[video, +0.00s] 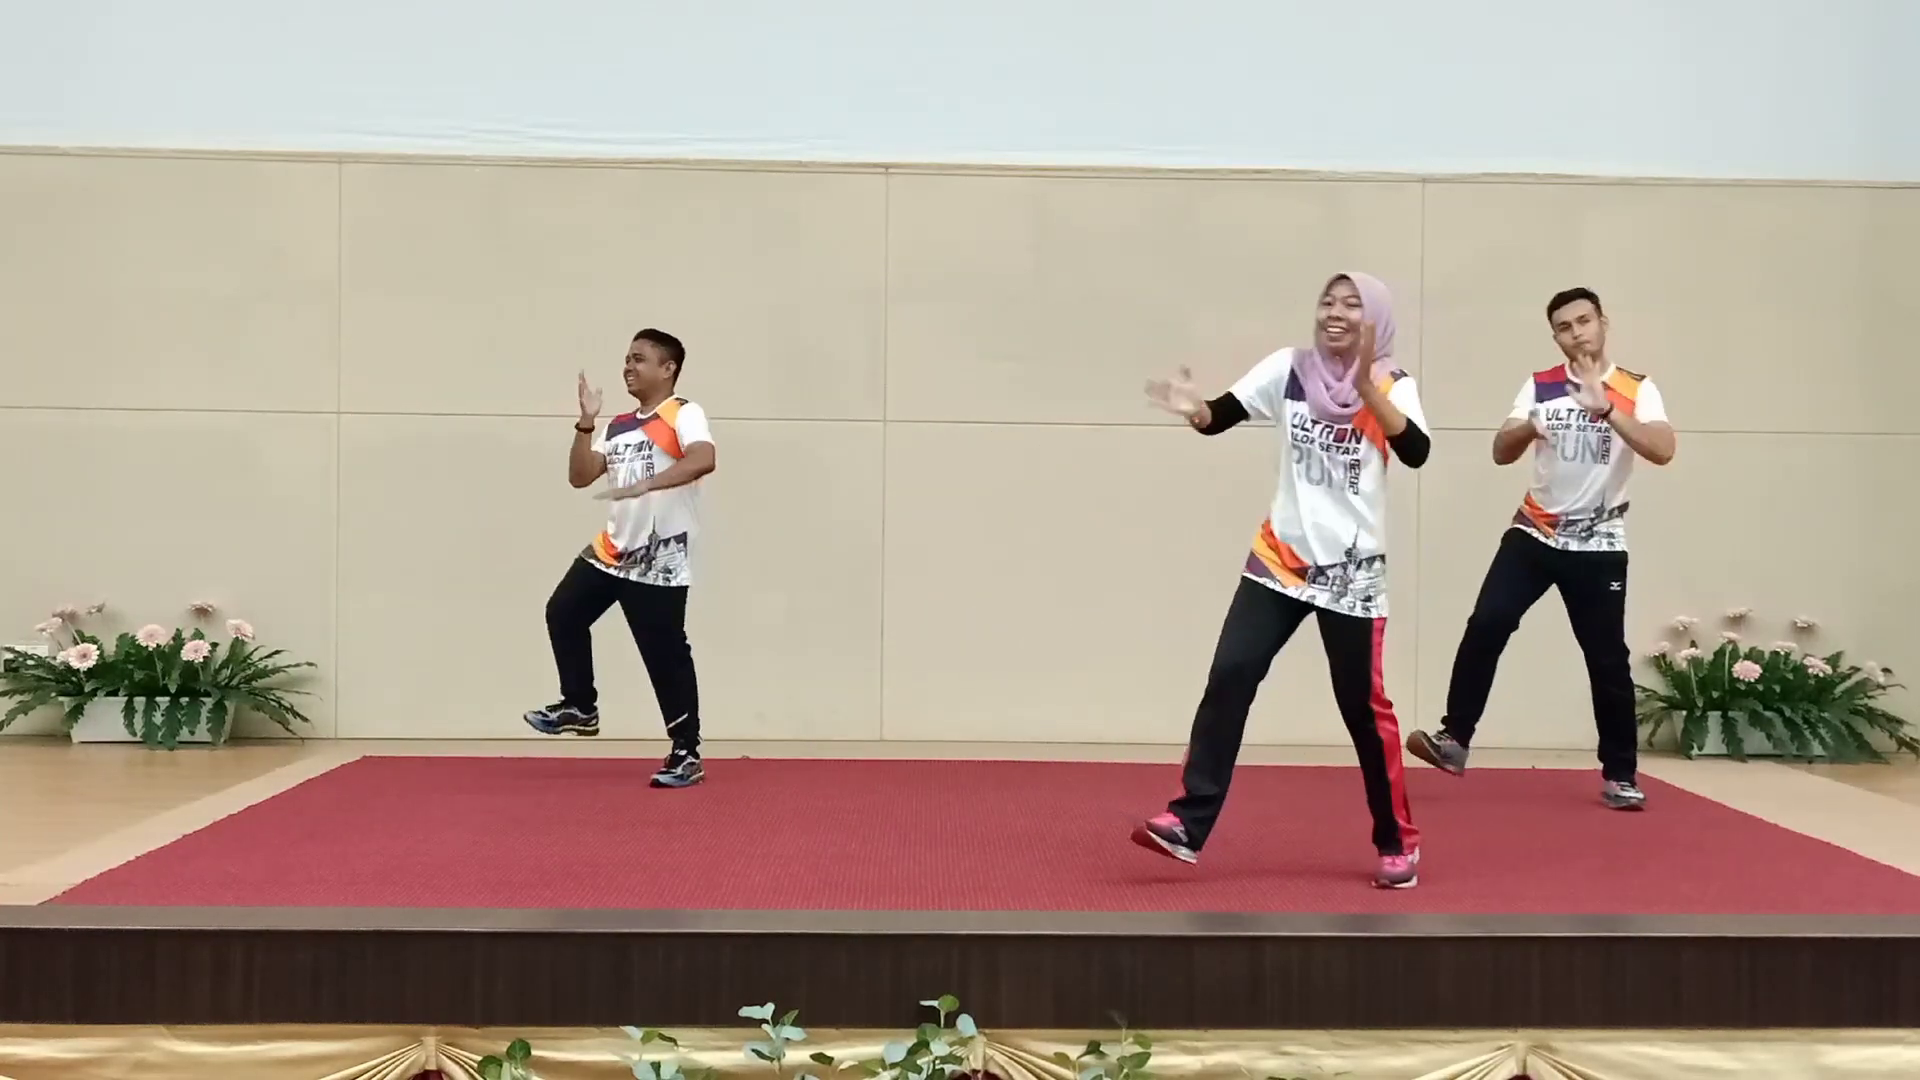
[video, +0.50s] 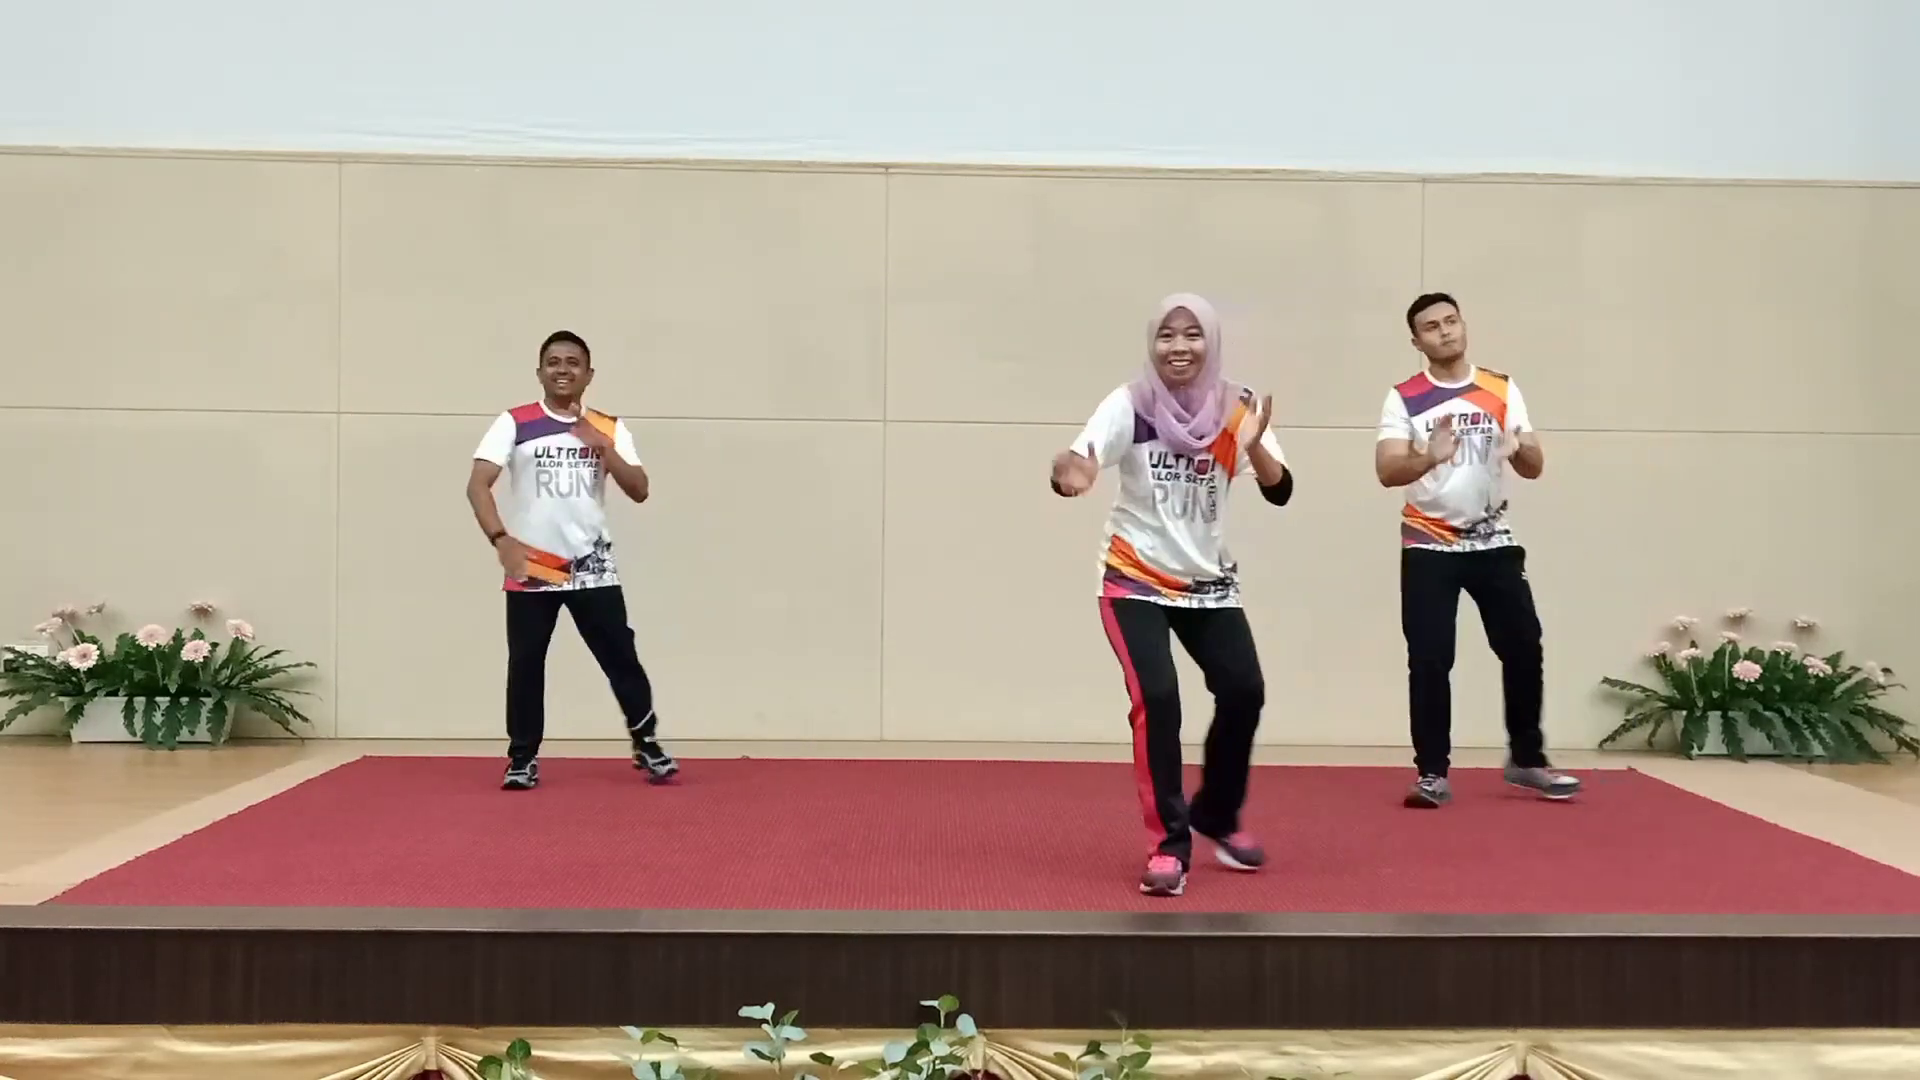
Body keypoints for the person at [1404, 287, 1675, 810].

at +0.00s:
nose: (1575, 333)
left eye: (1583, 321)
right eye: (1563, 327)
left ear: (1604, 324)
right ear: (1555, 337)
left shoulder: (1635, 389)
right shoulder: (1540, 387)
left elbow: (1663, 449)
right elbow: (1502, 452)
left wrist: (1608, 410)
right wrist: (1528, 428)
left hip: (1598, 544)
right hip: (1533, 536)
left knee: (1608, 662)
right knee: (1487, 624)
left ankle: (1621, 777)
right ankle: (1454, 740)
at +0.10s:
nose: (1552, 335)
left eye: (1559, 323)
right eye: (1540, 330)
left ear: (1579, 325)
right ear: (1531, 342)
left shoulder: (1617, 389)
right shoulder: (1524, 393)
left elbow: (1652, 449)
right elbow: (1492, 454)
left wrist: (1603, 440)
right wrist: (1516, 402)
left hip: (1587, 547)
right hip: (1522, 540)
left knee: (1604, 664)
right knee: (1479, 637)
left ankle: (1620, 777)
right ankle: (1444, 750)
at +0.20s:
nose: (1523, 339)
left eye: (1531, 328)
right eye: (1511, 334)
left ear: (1551, 332)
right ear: (1502, 347)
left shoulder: (1590, 395)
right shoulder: (1494, 400)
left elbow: (1631, 459)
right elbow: (1473, 462)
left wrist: (1595, 478)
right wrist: (1494, 397)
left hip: (1571, 555)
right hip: (1505, 553)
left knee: (1595, 665)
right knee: (1471, 652)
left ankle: (1619, 777)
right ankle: (1441, 767)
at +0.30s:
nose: (1493, 342)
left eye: (1501, 331)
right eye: (1481, 336)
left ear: (1519, 336)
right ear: (1470, 348)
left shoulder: (1557, 398)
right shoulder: (1460, 404)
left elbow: (1598, 467)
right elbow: (1449, 471)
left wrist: (1573, 500)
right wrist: (1471, 405)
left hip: (1544, 556)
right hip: (1478, 554)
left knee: (1579, 665)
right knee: (1452, 657)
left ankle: (1617, 775)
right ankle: (1435, 773)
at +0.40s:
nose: (1466, 338)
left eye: (1472, 328)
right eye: (1453, 333)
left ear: (1489, 334)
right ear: (1441, 347)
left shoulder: (1527, 396)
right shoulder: (1429, 405)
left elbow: (1563, 468)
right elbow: (1417, 475)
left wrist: (1541, 487)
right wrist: (1454, 422)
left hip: (1517, 553)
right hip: (1450, 552)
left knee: (1555, 663)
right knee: (1435, 660)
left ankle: (1597, 773)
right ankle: (1432, 775)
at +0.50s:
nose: (1445, 331)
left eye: (1450, 321)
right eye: (1432, 326)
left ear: (1465, 328)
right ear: (1417, 341)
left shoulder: (1502, 391)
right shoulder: (1403, 398)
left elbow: (1534, 468)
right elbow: (1388, 472)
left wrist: (1517, 448)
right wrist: (1429, 459)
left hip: (1492, 545)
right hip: (1429, 547)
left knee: (1524, 646)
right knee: (1429, 660)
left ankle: (1526, 762)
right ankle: (1432, 774)